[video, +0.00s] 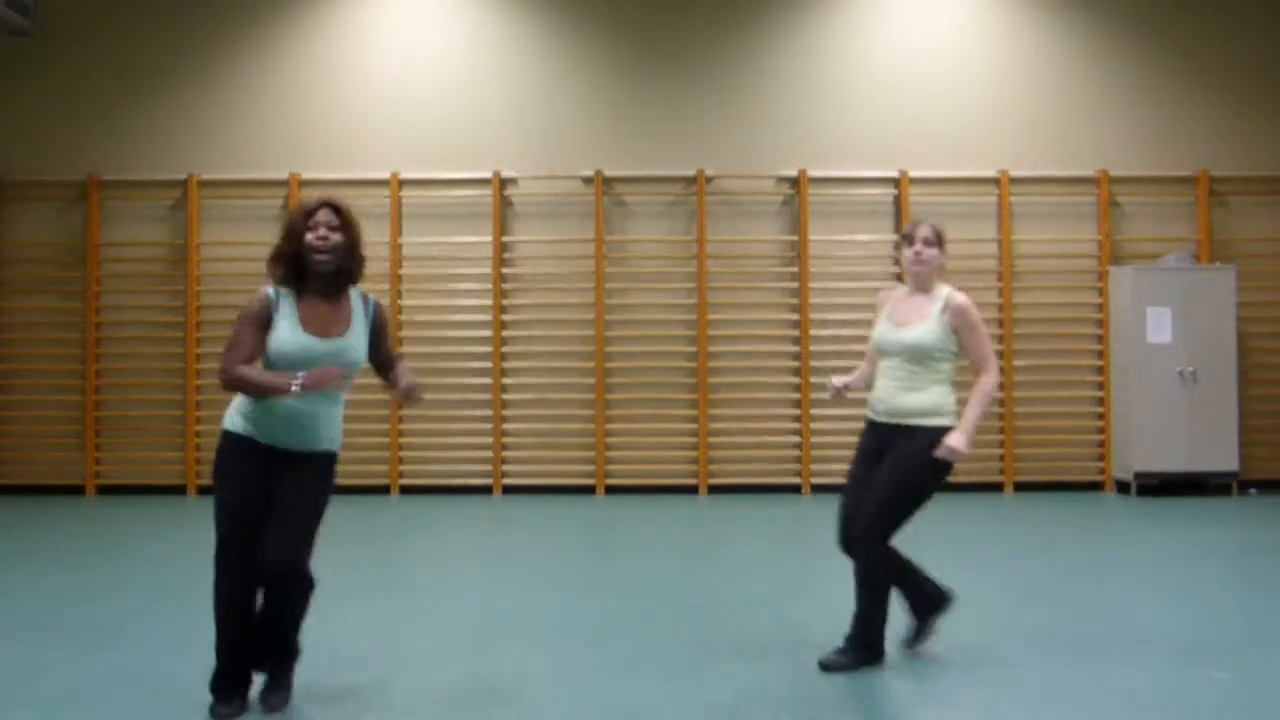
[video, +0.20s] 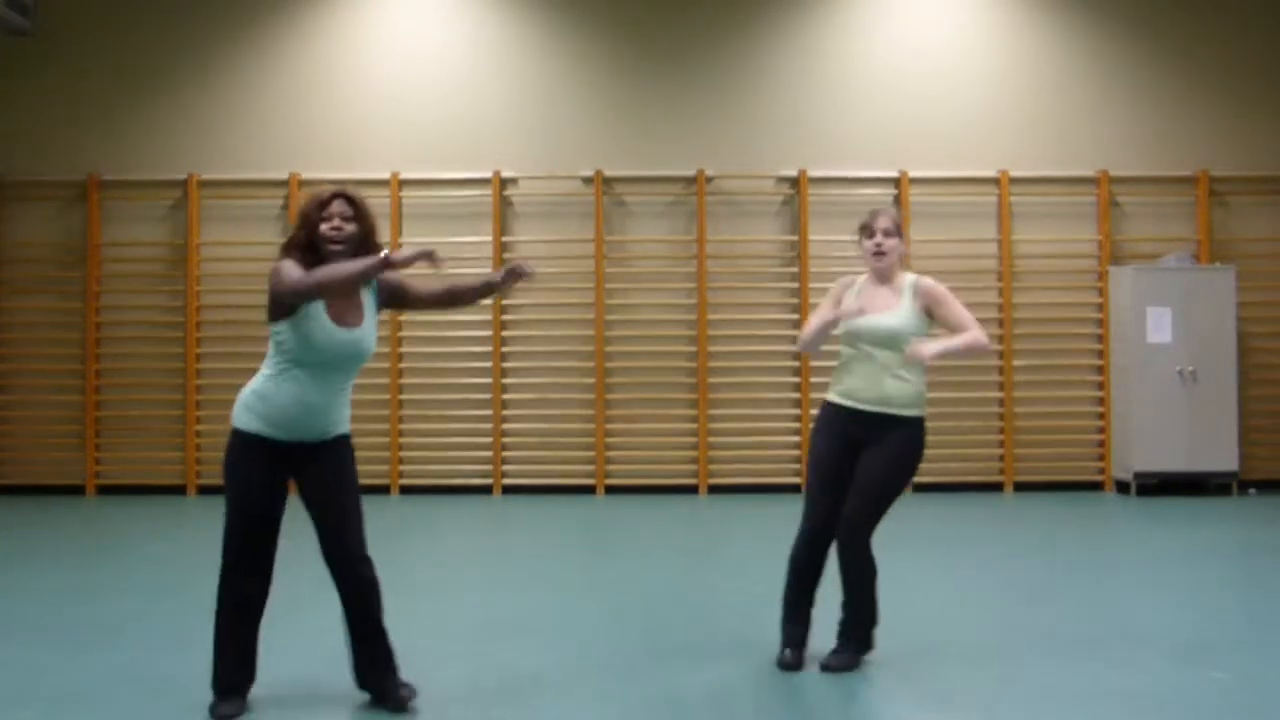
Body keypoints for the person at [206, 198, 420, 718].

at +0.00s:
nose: (323, 237)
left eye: (334, 229)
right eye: (313, 229)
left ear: (351, 243)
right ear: (297, 241)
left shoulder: (369, 312)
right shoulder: (270, 302)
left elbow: (386, 363)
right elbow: (232, 371)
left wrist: (401, 381)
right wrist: (297, 382)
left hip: (313, 455)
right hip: (249, 445)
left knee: (285, 564)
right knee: (235, 566)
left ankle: (279, 666)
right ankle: (229, 684)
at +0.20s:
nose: (337, 224)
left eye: (348, 218)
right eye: (327, 217)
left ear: (366, 232)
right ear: (310, 229)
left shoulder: (376, 285)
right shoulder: (288, 273)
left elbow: (439, 295)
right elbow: (305, 283)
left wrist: (494, 283)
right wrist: (379, 262)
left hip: (327, 441)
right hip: (260, 437)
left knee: (352, 563)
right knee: (245, 569)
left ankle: (380, 680)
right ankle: (229, 692)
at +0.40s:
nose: (363, 227)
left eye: (373, 220)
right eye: (353, 219)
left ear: (390, 231)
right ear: (335, 229)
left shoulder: (402, 284)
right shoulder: (318, 274)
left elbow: (459, 331)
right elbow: (315, 320)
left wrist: (497, 301)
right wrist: (389, 293)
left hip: (367, 440)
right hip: (304, 436)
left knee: (378, 567)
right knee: (322, 554)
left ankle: (390, 682)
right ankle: (283, 661)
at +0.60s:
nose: (386, 227)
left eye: (395, 219)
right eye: (376, 220)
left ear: (411, 230)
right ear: (359, 231)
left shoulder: (422, 288)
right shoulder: (342, 285)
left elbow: (457, 340)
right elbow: (322, 349)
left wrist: (481, 319)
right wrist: (379, 315)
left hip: (394, 440)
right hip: (333, 440)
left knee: (431, 542)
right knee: (342, 564)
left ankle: (411, 671)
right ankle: (328, 684)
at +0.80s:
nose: (408, 218)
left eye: (416, 211)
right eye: (396, 213)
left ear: (431, 226)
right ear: (379, 231)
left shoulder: (449, 276)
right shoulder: (367, 283)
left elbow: (516, 263)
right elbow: (364, 261)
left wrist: (561, 220)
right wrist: (428, 216)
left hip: (436, 434)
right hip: (372, 432)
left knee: (469, 550)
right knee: (354, 551)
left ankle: (521, 664)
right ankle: (330, 691)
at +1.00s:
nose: (423, 252)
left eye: (432, 244)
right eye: (413, 247)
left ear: (448, 253)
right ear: (399, 258)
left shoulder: (473, 299)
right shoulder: (390, 307)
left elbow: (539, 316)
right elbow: (361, 345)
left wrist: (574, 291)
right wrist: (424, 309)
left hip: (486, 444)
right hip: (426, 455)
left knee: (507, 556)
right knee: (448, 551)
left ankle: (519, 671)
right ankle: (397, 645)